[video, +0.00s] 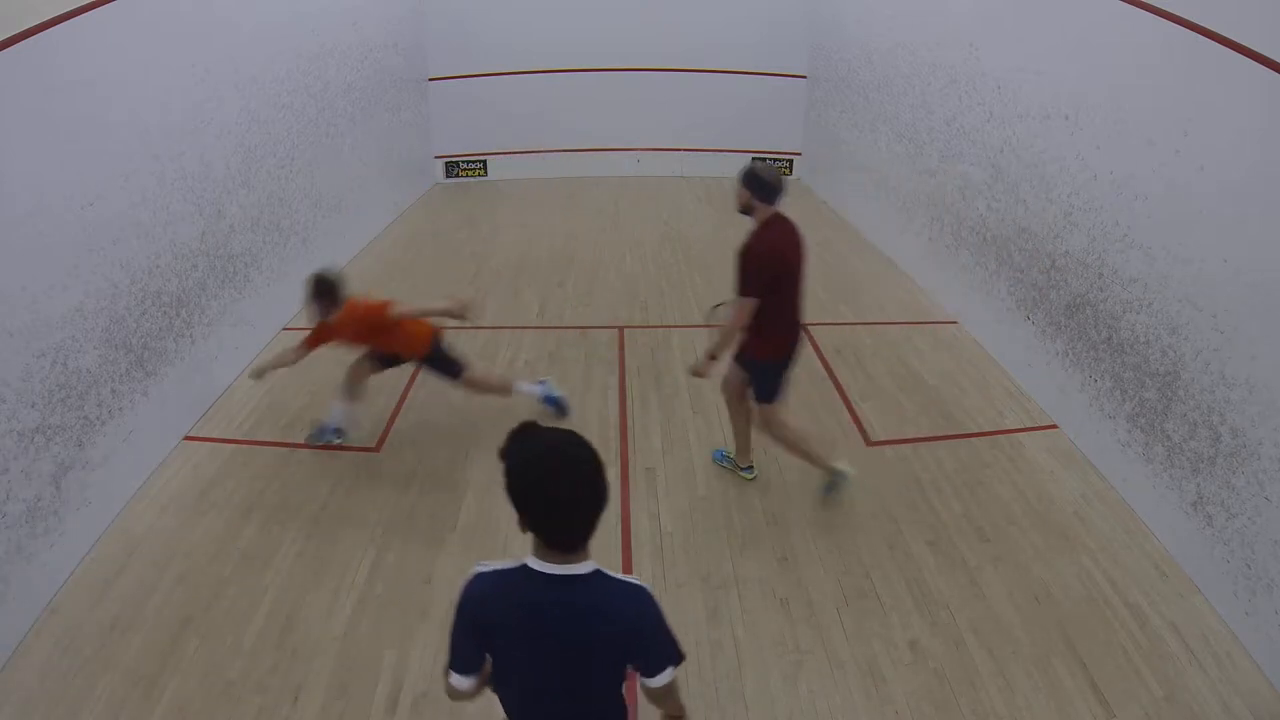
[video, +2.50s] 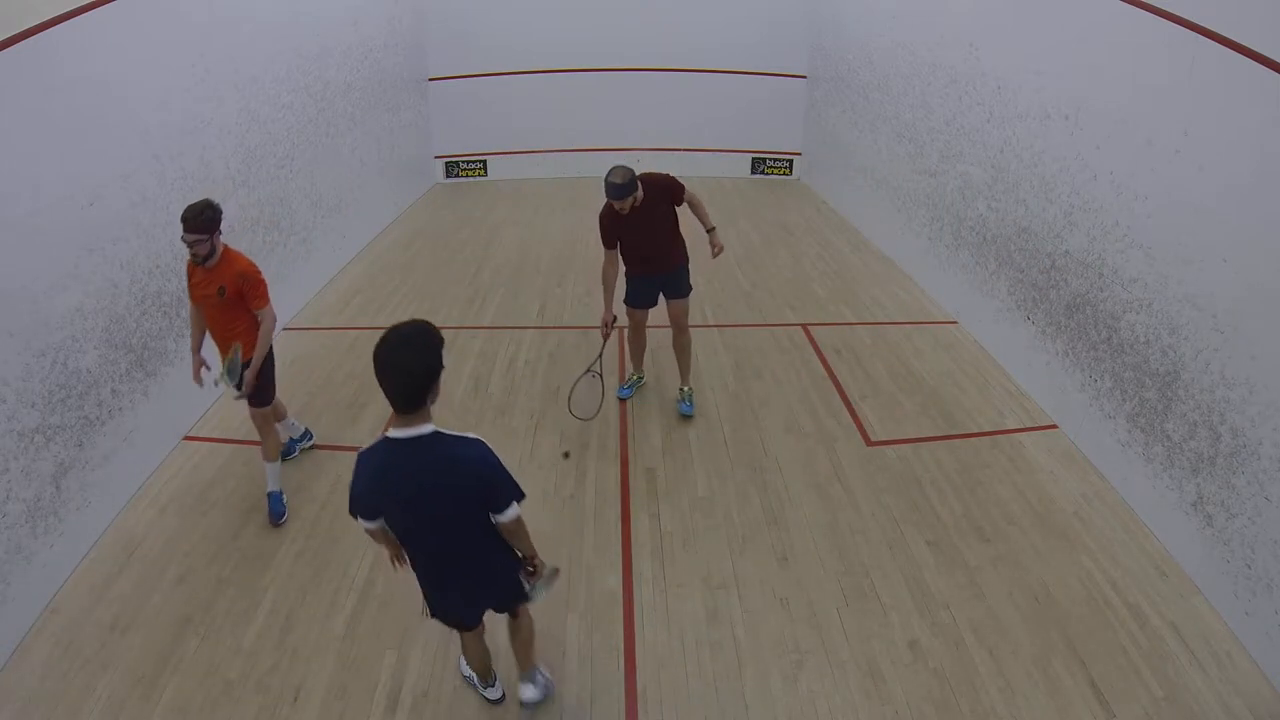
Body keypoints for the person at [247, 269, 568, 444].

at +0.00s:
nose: (311, 309)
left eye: (313, 303)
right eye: (312, 303)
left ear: (324, 302)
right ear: (327, 301)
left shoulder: (359, 312)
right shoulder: (326, 326)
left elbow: (406, 312)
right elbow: (296, 354)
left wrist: (448, 311)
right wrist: (265, 367)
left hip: (422, 342)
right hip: (394, 346)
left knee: (472, 381)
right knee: (357, 370)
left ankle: (540, 391)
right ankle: (338, 426)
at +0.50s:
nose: (241, 350)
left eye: (237, 346)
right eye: (237, 348)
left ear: (240, 341)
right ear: (246, 324)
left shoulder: (262, 344)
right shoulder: (265, 319)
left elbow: (274, 379)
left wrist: (271, 385)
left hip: (343, 328)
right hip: (339, 306)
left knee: (324, 384)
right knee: (304, 368)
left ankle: (373, 386)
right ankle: (328, 428)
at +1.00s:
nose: (237, 235)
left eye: (237, 228)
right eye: (235, 230)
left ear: (247, 225)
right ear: (260, 219)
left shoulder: (269, 260)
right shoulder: (285, 235)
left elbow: (284, 315)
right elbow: (318, 269)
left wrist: (296, 359)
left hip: (327, 318)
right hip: (334, 305)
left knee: (331, 378)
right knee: (315, 369)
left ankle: (368, 422)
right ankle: (330, 426)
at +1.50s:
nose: (248, 216)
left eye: (251, 210)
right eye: (247, 210)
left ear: (268, 209)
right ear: (274, 207)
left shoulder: (287, 244)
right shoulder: (288, 229)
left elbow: (298, 301)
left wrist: (288, 350)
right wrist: (294, 318)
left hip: (317, 323)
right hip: (302, 320)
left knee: (337, 377)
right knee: (296, 371)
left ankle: (370, 422)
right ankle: (307, 431)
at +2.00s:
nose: (215, 223)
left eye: (221, 217)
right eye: (213, 217)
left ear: (242, 214)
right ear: (238, 214)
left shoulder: (260, 245)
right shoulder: (238, 240)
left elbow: (278, 301)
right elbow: (251, 291)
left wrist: (267, 350)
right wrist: (251, 328)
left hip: (279, 329)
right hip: (260, 328)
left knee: (286, 395)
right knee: (281, 387)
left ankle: (337, 415)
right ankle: (303, 434)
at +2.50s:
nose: (192, 250)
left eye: (198, 243)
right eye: (187, 243)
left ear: (217, 236)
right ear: (183, 237)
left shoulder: (241, 269)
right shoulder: (194, 267)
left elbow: (268, 320)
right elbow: (197, 309)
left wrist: (253, 368)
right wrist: (196, 351)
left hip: (256, 353)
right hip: (229, 355)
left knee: (260, 417)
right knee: (261, 398)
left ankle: (274, 490)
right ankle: (296, 434)